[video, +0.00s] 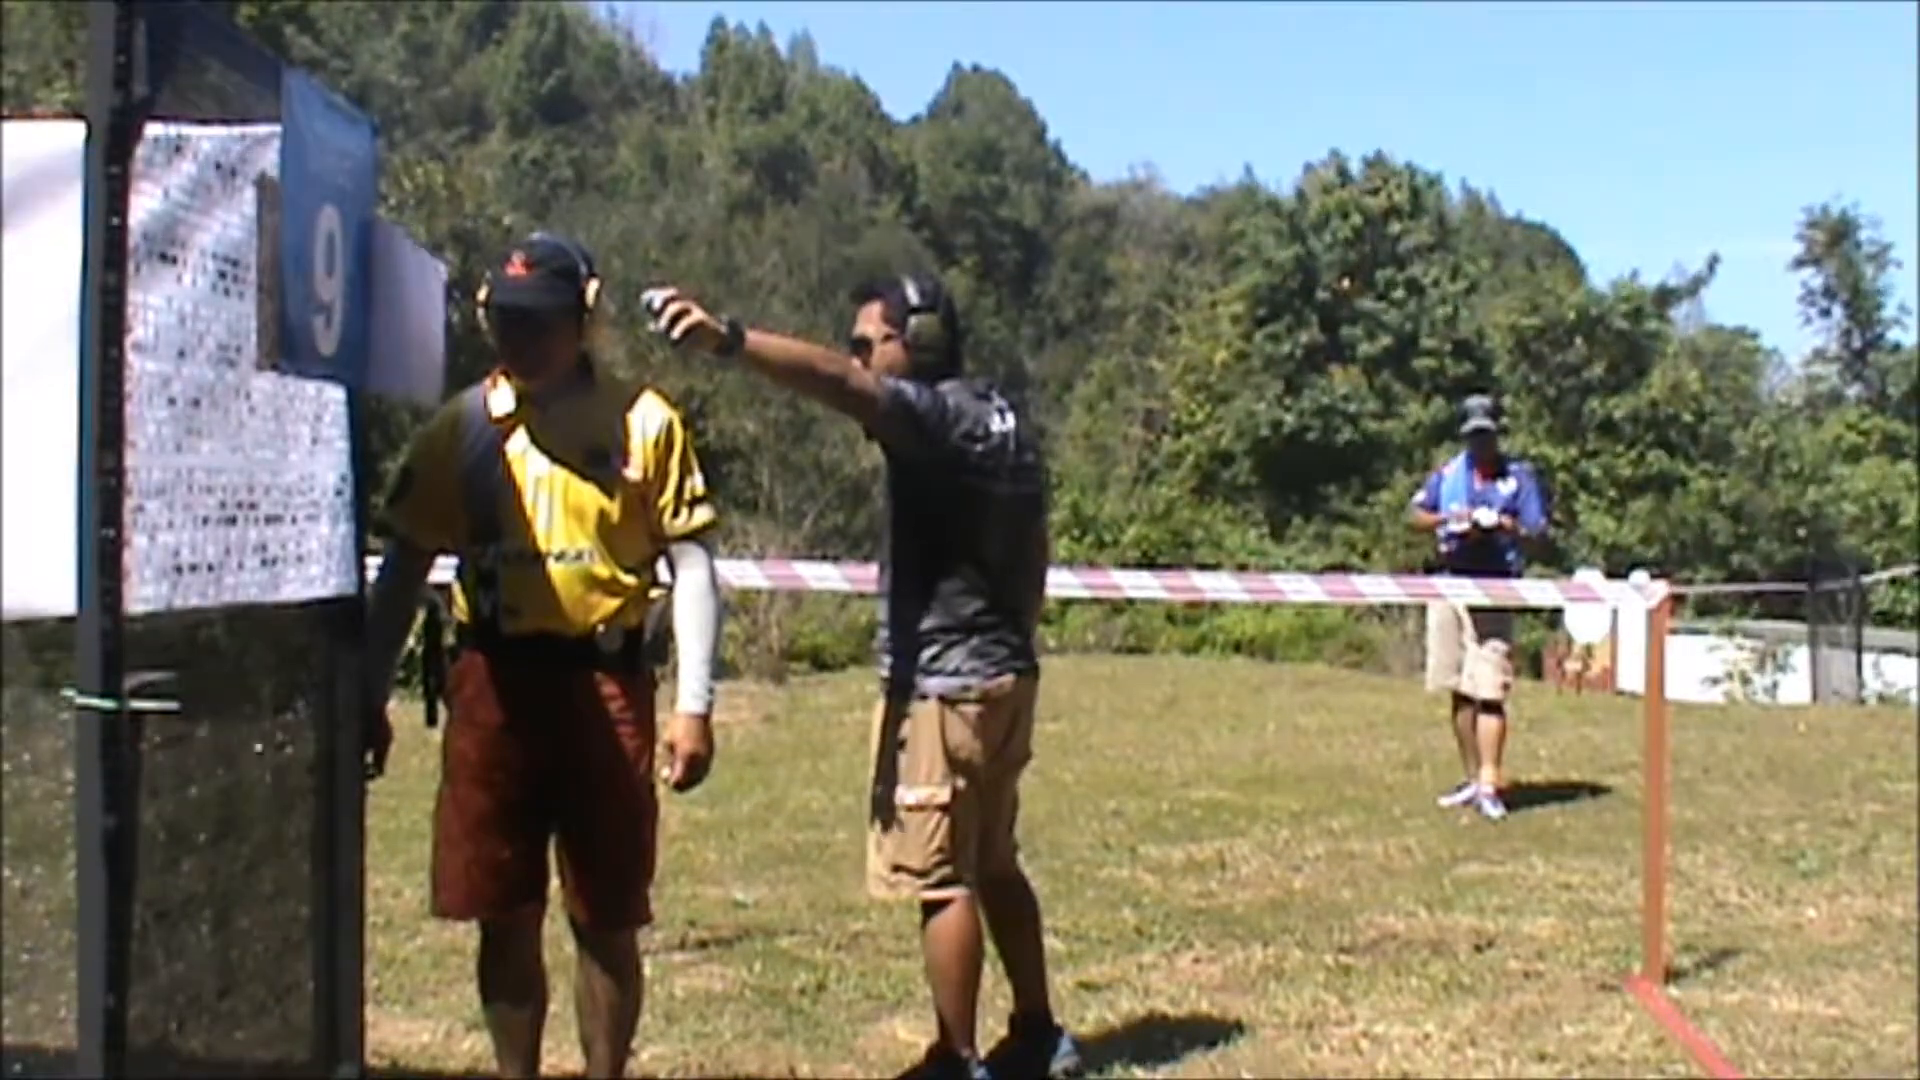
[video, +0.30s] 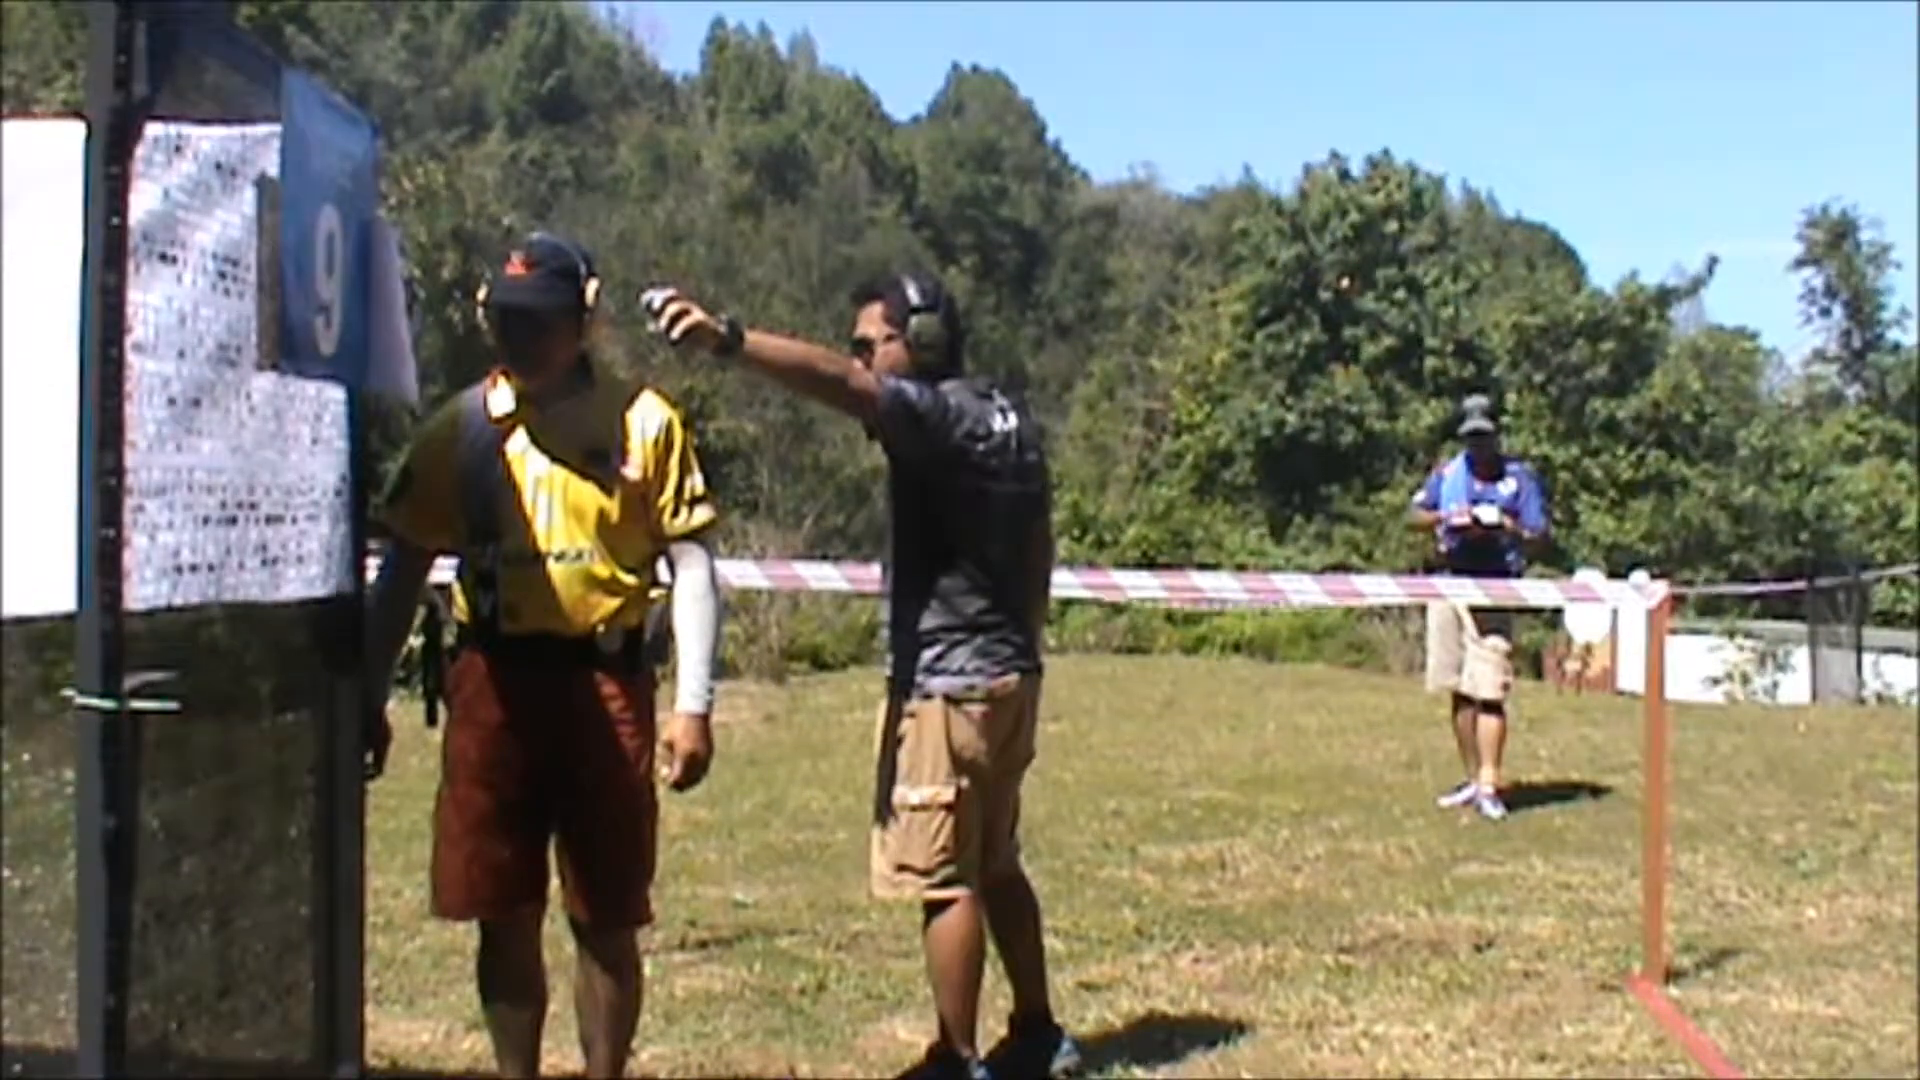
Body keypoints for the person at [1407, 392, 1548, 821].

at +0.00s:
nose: (1481, 443)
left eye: (1487, 435)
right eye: (1474, 436)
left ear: (1499, 436)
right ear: (1464, 437)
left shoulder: (1519, 477)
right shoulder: (1450, 472)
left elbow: (1539, 538)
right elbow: (1417, 514)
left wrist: (1508, 526)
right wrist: (1448, 520)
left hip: (1495, 589)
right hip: (1450, 588)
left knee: (1490, 691)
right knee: (1459, 690)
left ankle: (1489, 782)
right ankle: (1471, 776)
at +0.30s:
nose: (1479, 445)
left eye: (1485, 437)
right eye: (1471, 438)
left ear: (1498, 437)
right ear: (1462, 440)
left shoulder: (1520, 479)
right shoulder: (1449, 473)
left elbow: (1540, 538)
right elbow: (1416, 515)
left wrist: (1508, 526)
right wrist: (1447, 519)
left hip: (1495, 589)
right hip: (1450, 588)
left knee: (1490, 691)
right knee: (1459, 690)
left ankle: (1489, 783)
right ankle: (1471, 776)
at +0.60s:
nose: (1479, 443)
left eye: (1486, 435)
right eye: (1472, 436)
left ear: (1498, 436)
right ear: (1463, 438)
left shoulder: (1520, 479)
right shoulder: (1449, 472)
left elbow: (1540, 538)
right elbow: (1415, 514)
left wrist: (1512, 527)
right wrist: (1446, 519)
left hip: (1495, 589)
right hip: (1450, 588)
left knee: (1490, 690)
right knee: (1459, 690)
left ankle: (1489, 783)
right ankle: (1471, 776)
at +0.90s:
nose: (1482, 443)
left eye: (1488, 435)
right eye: (1475, 436)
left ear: (1500, 435)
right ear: (1464, 437)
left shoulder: (1518, 479)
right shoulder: (1449, 472)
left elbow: (1540, 534)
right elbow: (1413, 514)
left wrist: (1510, 525)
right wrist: (1449, 519)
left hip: (1495, 589)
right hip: (1449, 588)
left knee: (1490, 689)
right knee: (1459, 689)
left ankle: (1489, 783)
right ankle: (1471, 776)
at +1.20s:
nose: (1483, 442)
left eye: (1490, 434)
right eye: (1476, 435)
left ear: (1500, 435)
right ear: (1465, 436)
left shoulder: (1518, 478)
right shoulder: (1448, 472)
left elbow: (1542, 532)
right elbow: (1416, 515)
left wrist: (1507, 525)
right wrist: (1452, 522)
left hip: (1495, 588)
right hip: (1450, 587)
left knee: (1491, 690)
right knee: (1459, 690)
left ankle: (1490, 783)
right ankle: (1471, 776)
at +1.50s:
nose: (1488, 437)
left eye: (1495, 428)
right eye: (1481, 429)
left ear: (1506, 431)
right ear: (1471, 431)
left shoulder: (1524, 477)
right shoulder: (1452, 473)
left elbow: (1543, 527)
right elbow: (1426, 517)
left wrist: (1506, 525)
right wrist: (1463, 525)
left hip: (1508, 587)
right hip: (1461, 587)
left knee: (1515, 684)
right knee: (1466, 688)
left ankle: (1520, 778)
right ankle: (1477, 778)